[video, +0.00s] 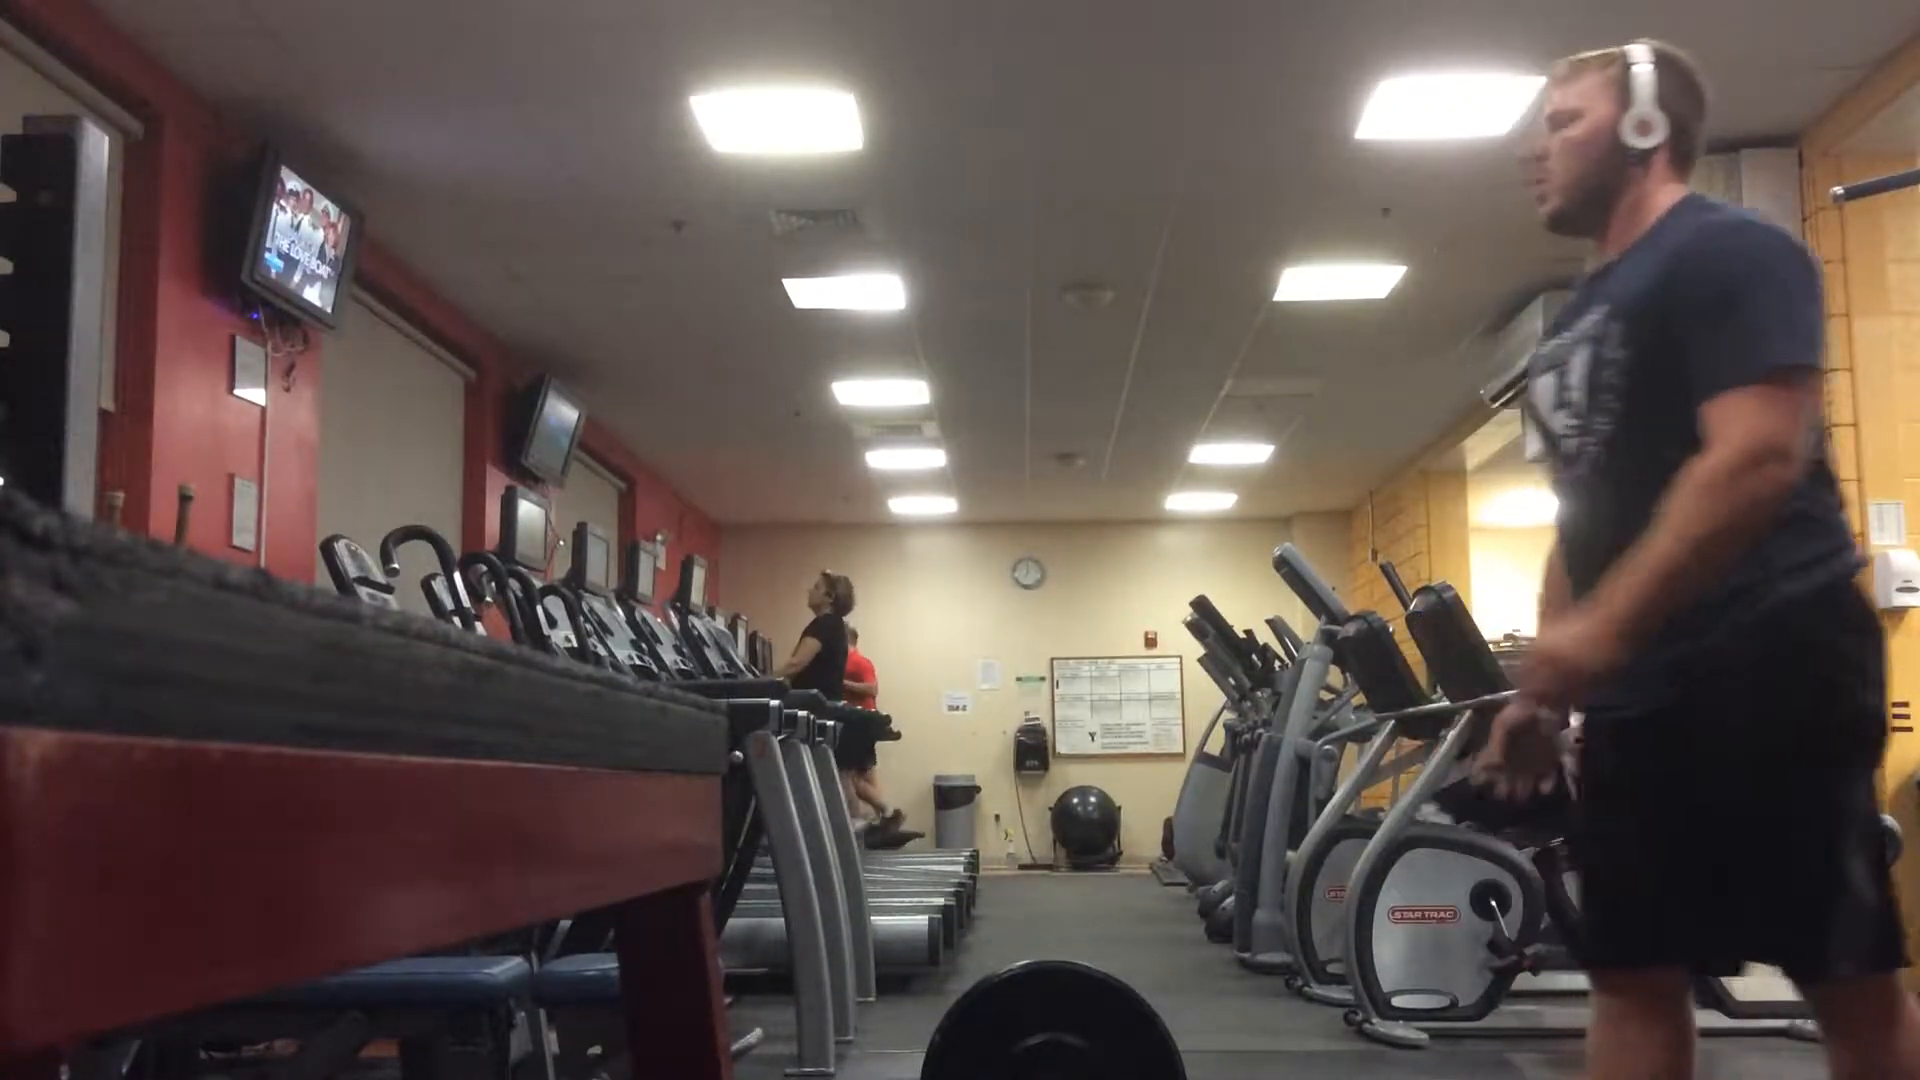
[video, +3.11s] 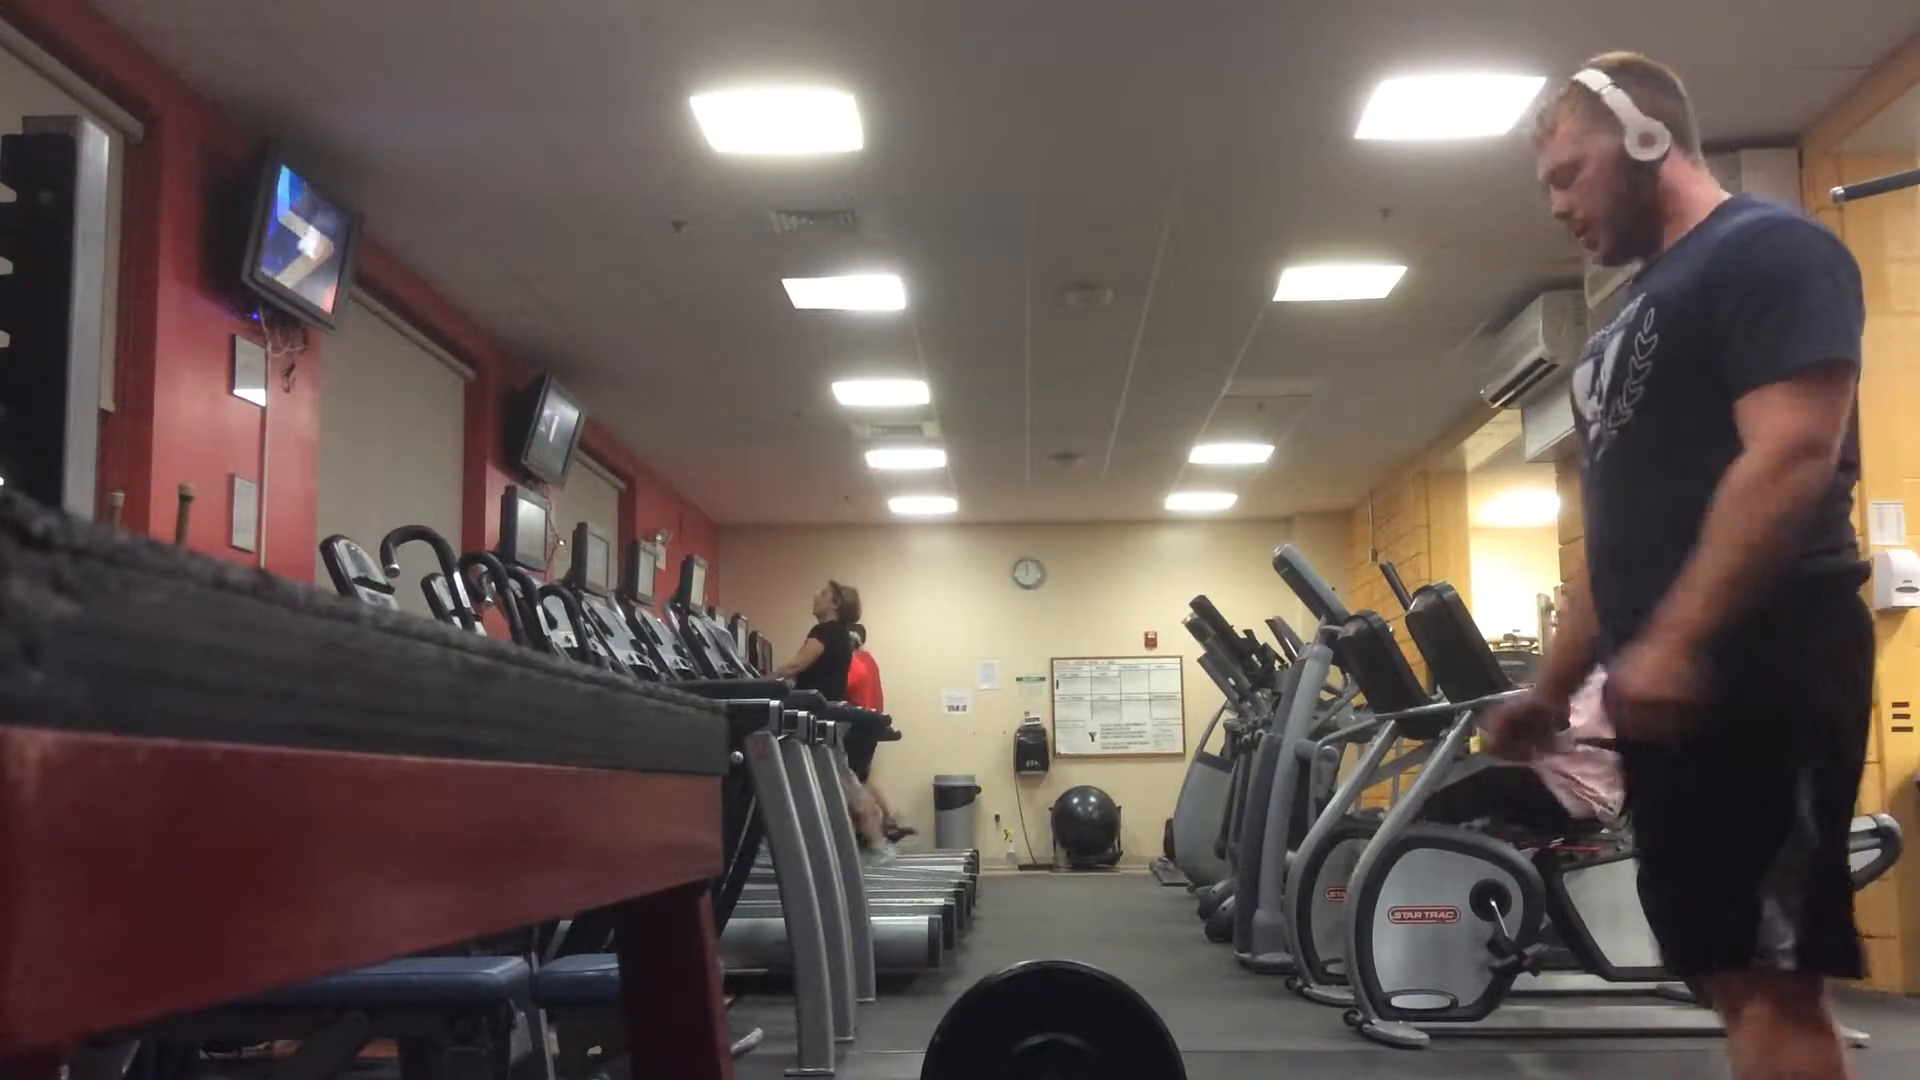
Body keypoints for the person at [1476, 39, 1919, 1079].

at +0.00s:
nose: (1534, 148)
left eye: (1560, 122)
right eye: (1538, 128)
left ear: (1643, 132)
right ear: (1622, 140)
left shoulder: (1730, 246)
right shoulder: (1580, 314)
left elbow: (1759, 454)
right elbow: (1583, 525)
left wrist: (1592, 632)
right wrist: (1542, 691)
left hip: (1779, 653)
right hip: (1638, 677)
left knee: (1854, 985)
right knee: (1633, 980)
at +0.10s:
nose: (1571, 140)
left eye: (1599, 114)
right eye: (1575, 119)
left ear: (1685, 126)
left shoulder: (1786, 253)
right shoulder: (1611, 317)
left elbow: (1840, 475)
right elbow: (1628, 522)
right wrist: (1577, 692)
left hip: (1829, 667)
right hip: (1677, 683)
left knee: (1874, 986)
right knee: (1639, 970)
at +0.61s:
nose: (1619, 132)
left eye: (1645, 107)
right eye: (1621, 112)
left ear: (1730, 114)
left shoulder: (1833, 242)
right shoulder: (1657, 316)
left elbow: (1895, 461)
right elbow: (1682, 518)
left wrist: (1817, 662)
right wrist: (1624, 686)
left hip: (1858, 688)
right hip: (1732, 703)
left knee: (1885, 990)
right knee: (1791, 990)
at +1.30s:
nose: (1629, 170)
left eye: (1648, 141)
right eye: (1633, 148)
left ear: (1724, 139)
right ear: (1714, 147)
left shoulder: (1801, 242)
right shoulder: (1688, 305)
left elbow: (1832, 442)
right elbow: (1706, 524)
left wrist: (1747, 638)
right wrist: (1655, 698)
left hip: (1820, 641)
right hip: (1737, 653)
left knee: (1800, 978)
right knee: (1763, 968)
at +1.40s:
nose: (1631, 181)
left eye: (1650, 152)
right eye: (1636, 158)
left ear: (1725, 147)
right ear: (1722, 156)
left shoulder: (1805, 251)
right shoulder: (1706, 310)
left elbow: (1811, 452)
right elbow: (1699, 528)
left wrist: (1684, 629)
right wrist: (1633, 696)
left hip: (1811, 637)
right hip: (1758, 646)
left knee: (1689, 929)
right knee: (1809, 956)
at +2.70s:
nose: (1578, 198)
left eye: (1598, 172)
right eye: (1578, 179)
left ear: (1677, 172)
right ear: (1671, 182)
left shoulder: (1776, 256)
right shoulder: (1644, 357)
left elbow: (1850, 441)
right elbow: (1664, 564)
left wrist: (1823, 636)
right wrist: (1620, 732)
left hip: (1812, 658)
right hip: (1732, 683)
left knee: (1738, 949)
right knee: (1830, 975)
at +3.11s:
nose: (1559, 209)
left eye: (1568, 177)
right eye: (1550, 190)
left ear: (1646, 142)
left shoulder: (1769, 246)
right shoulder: (1618, 324)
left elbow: (1792, 456)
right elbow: (1612, 531)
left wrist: (1674, 637)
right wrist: (1551, 687)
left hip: (1773, 645)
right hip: (1670, 663)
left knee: (1773, 985)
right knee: (1732, 978)